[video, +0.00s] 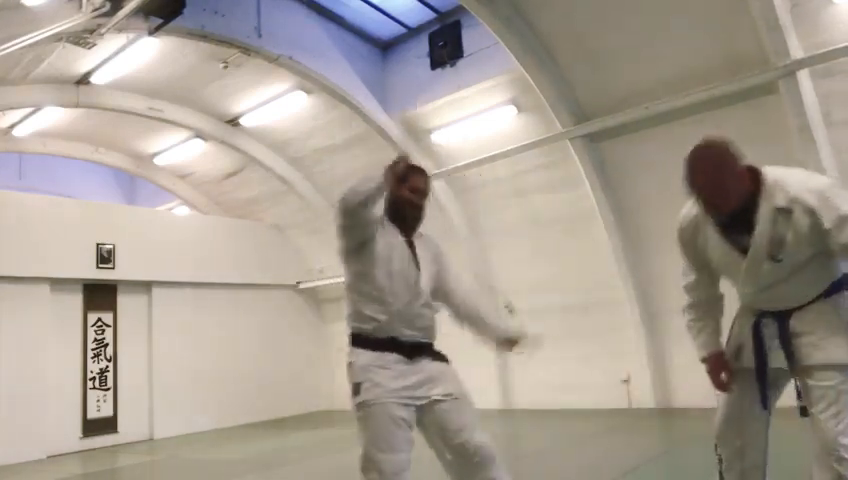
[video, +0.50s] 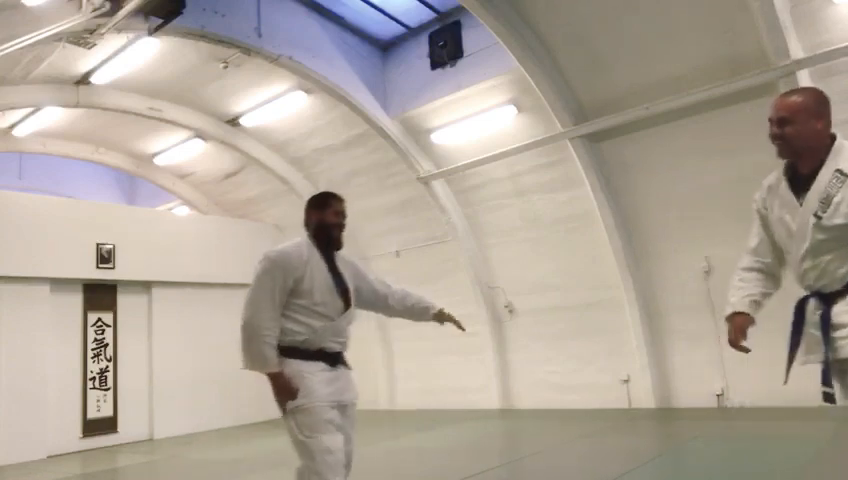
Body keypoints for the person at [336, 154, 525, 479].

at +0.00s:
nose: (415, 200)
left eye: (422, 194)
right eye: (408, 190)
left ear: (427, 202)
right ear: (389, 192)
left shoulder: (428, 248)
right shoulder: (366, 236)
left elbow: (456, 299)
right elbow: (352, 206)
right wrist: (385, 181)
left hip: (427, 363)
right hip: (377, 363)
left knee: (474, 454)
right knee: (387, 468)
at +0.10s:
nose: (394, 192)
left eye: (401, 187)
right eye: (387, 185)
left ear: (406, 195)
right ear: (371, 188)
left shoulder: (410, 243)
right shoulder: (346, 229)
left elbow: (425, 307)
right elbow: (310, 247)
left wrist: (440, 360)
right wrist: (356, 224)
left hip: (412, 359)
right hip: (363, 359)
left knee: (446, 454)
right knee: (374, 465)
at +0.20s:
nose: (383, 194)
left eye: (387, 189)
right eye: (376, 187)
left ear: (390, 194)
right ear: (355, 189)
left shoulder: (392, 240)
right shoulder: (329, 234)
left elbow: (396, 302)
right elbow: (290, 297)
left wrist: (417, 347)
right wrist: (337, 322)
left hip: (401, 365)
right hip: (352, 369)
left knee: (418, 458)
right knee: (360, 469)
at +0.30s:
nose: (367, 206)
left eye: (370, 199)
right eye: (361, 198)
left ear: (373, 204)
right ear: (338, 201)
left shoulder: (374, 251)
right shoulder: (312, 246)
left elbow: (389, 302)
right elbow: (283, 310)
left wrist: (418, 327)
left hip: (377, 365)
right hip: (335, 366)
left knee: (389, 458)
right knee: (352, 466)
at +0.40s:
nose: (353, 217)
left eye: (355, 210)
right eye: (346, 209)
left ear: (356, 214)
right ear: (322, 213)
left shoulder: (361, 262)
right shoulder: (297, 257)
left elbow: (392, 297)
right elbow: (270, 321)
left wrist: (428, 313)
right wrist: (289, 378)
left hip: (356, 372)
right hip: (318, 372)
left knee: (354, 462)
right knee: (339, 463)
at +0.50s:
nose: (342, 222)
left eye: (343, 216)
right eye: (335, 215)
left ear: (343, 221)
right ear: (310, 219)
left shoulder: (344, 266)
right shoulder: (284, 260)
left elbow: (382, 295)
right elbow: (258, 320)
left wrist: (432, 312)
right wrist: (274, 374)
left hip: (337, 372)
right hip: (300, 373)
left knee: (340, 463)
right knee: (325, 464)